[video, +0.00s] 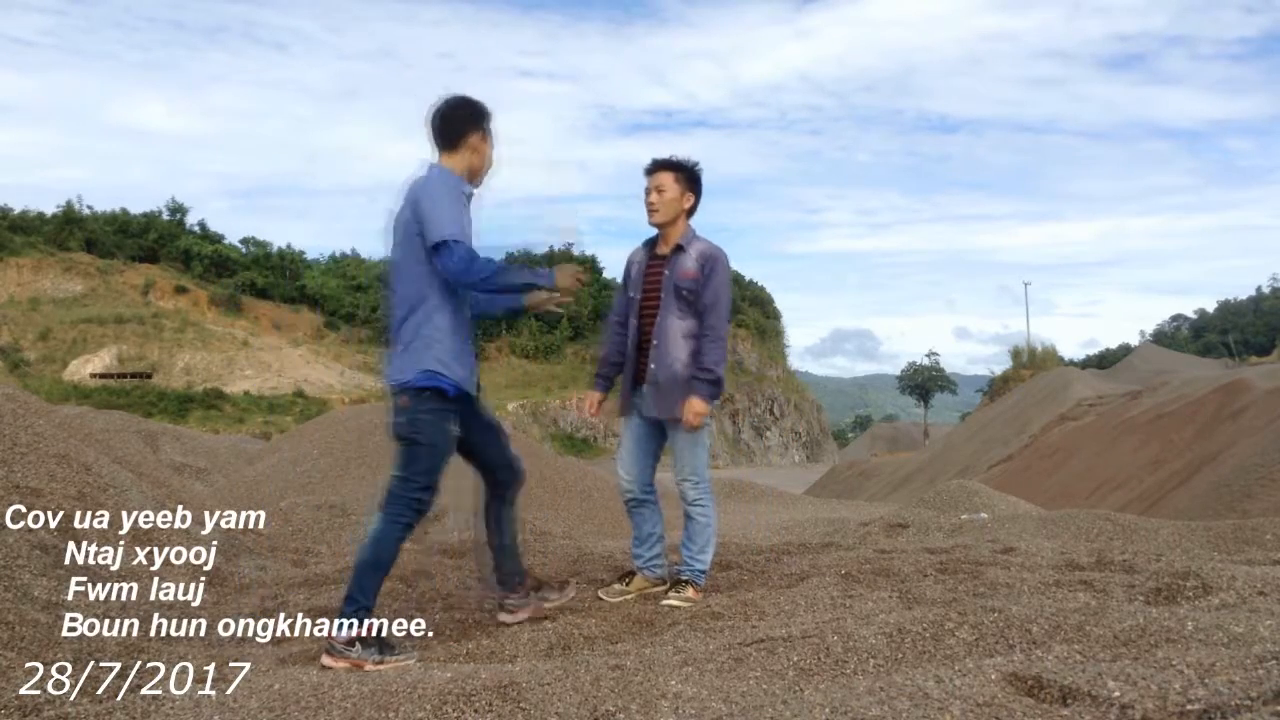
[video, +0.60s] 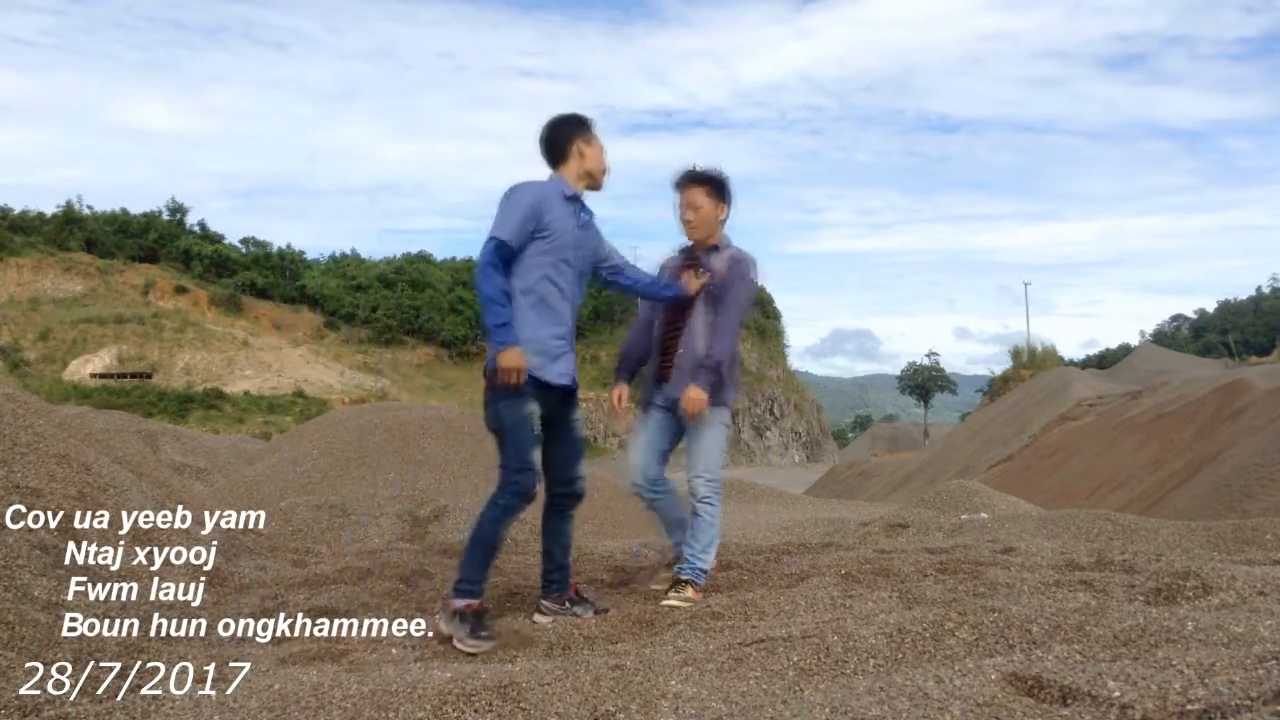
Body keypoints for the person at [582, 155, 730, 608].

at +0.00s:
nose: (650, 199)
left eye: (660, 191)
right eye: (647, 192)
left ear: (687, 199)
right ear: (646, 199)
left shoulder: (709, 258)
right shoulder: (638, 258)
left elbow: (715, 332)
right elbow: (619, 326)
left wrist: (703, 392)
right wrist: (600, 385)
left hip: (686, 393)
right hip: (641, 392)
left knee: (692, 488)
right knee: (634, 485)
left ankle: (693, 577)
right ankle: (650, 571)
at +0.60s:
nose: (686, 216)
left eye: (695, 208)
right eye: (682, 209)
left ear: (721, 210)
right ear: (679, 212)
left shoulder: (738, 265)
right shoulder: (672, 266)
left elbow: (727, 329)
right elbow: (646, 322)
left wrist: (704, 382)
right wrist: (623, 374)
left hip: (709, 395)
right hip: (662, 392)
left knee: (703, 484)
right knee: (643, 474)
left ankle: (692, 574)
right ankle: (690, 546)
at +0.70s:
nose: (709, 230)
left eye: (719, 223)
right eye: (705, 222)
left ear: (742, 226)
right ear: (700, 224)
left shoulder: (756, 280)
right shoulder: (686, 273)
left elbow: (742, 326)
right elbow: (653, 320)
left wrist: (710, 353)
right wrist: (623, 364)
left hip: (719, 395)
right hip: (672, 391)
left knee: (702, 481)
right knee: (676, 485)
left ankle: (693, 576)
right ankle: (725, 548)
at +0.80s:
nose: (722, 238)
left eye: (732, 231)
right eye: (719, 230)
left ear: (755, 240)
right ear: (714, 236)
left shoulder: (769, 296)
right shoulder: (695, 288)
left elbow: (774, 344)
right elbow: (659, 330)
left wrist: (745, 335)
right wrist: (628, 362)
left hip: (741, 403)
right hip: (697, 403)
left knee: (718, 474)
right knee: (693, 493)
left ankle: (702, 571)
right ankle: (739, 565)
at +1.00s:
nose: (742, 240)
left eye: (751, 233)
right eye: (738, 234)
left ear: (773, 239)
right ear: (734, 239)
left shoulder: (796, 291)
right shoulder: (719, 295)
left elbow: (820, 342)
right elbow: (700, 347)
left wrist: (808, 373)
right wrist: (681, 376)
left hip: (776, 400)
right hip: (728, 402)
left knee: (766, 461)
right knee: (719, 483)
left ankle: (781, 540)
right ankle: (736, 567)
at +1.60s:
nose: (793, 250)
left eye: (801, 243)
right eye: (789, 244)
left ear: (821, 247)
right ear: (784, 250)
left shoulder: (839, 292)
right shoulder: (782, 299)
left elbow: (853, 349)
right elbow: (775, 353)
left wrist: (860, 402)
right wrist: (766, 399)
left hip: (833, 398)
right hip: (799, 399)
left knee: (813, 460)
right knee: (829, 468)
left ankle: (818, 543)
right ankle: (851, 539)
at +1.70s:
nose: (794, 247)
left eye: (803, 240)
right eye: (791, 241)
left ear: (823, 246)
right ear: (786, 247)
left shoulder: (840, 290)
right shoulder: (784, 295)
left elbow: (855, 346)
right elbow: (778, 347)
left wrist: (850, 392)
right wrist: (766, 382)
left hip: (833, 395)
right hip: (801, 398)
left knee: (811, 455)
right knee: (835, 468)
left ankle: (833, 535)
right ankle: (851, 538)